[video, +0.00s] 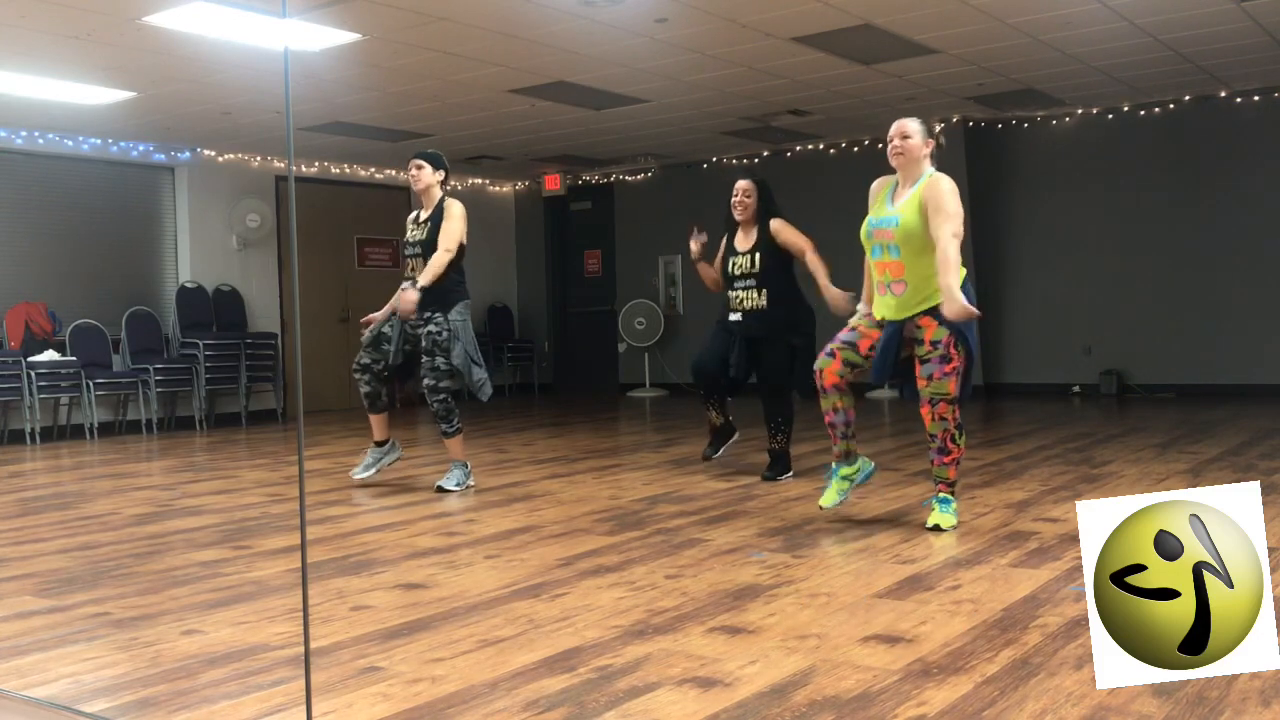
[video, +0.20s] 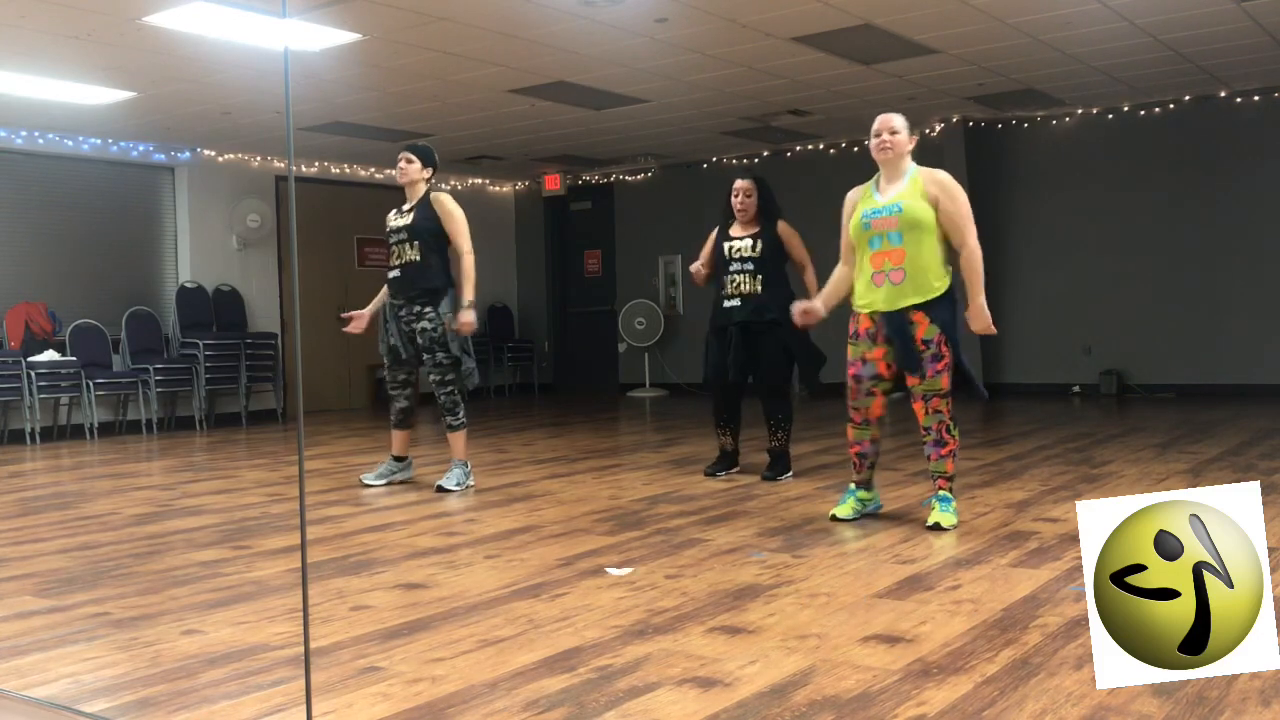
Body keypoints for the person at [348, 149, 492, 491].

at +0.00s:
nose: (412, 173)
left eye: (419, 168)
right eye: (410, 169)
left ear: (439, 175)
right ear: (409, 179)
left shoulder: (452, 208)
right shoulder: (413, 219)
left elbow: (446, 252)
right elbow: (411, 274)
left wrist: (416, 286)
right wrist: (386, 311)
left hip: (444, 314)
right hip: (410, 313)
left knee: (437, 385)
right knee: (367, 367)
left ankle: (460, 466)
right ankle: (383, 445)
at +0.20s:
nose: (400, 166)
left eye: (408, 162)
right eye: (398, 162)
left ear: (427, 170)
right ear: (397, 172)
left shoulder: (441, 201)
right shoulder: (394, 216)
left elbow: (465, 252)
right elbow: (398, 272)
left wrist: (466, 304)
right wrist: (369, 311)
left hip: (433, 310)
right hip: (397, 311)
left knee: (445, 385)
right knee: (399, 386)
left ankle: (460, 466)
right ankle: (399, 461)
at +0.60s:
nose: (397, 168)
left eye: (405, 163)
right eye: (395, 163)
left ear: (424, 172)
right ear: (392, 171)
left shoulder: (439, 214)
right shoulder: (382, 207)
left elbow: (457, 267)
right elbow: (364, 257)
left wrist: (464, 315)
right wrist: (347, 298)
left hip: (430, 310)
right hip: (392, 311)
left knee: (433, 383)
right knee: (392, 384)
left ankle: (459, 462)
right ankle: (400, 463)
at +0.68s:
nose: (400, 166)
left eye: (407, 161)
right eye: (399, 161)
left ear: (427, 170)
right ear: (397, 170)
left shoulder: (442, 209)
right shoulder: (390, 206)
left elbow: (460, 265)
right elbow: (380, 257)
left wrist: (445, 306)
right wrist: (363, 301)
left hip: (430, 312)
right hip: (394, 312)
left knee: (439, 388)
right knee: (400, 388)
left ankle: (459, 465)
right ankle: (399, 462)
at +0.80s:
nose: (402, 166)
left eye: (409, 161)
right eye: (401, 162)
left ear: (430, 169)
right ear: (402, 170)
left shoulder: (444, 205)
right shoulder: (398, 208)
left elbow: (458, 258)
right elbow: (397, 262)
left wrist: (426, 295)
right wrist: (380, 301)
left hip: (434, 308)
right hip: (397, 308)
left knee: (438, 384)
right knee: (383, 379)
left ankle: (459, 465)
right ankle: (394, 458)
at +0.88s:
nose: (402, 172)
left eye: (410, 168)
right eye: (401, 168)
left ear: (430, 176)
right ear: (402, 178)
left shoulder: (444, 207)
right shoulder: (405, 217)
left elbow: (450, 255)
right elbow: (411, 267)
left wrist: (420, 293)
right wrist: (397, 299)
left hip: (440, 313)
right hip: (406, 310)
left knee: (437, 387)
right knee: (366, 370)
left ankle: (458, 466)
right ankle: (385, 446)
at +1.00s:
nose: (401, 172)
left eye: (408, 167)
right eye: (400, 167)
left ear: (428, 176)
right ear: (402, 177)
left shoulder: (440, 206)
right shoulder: (405, 220)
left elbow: (452, 255)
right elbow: (411, 274)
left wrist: (428, 298)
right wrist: (391, 307)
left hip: (439, 309)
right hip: (407, 308)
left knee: (437, 384)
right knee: (367, 370)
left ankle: (458, 465)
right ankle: (386, 445)